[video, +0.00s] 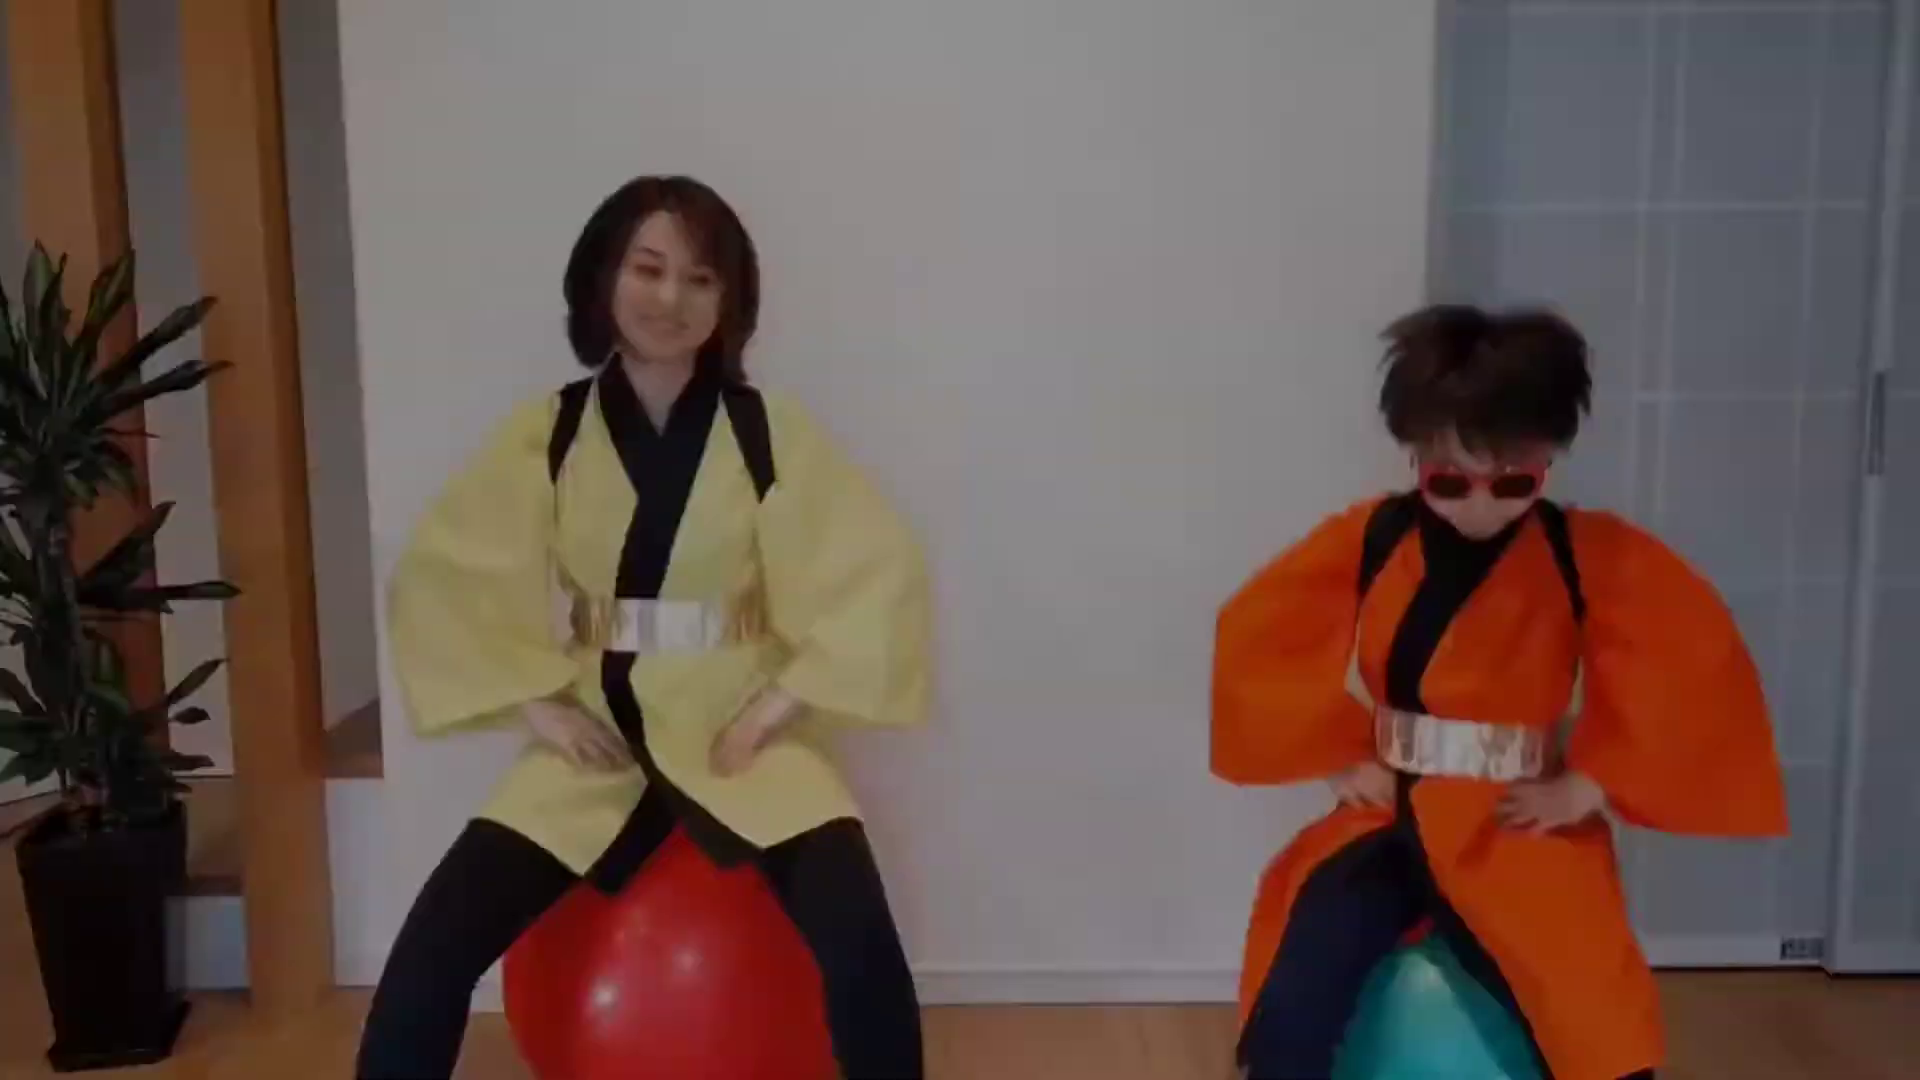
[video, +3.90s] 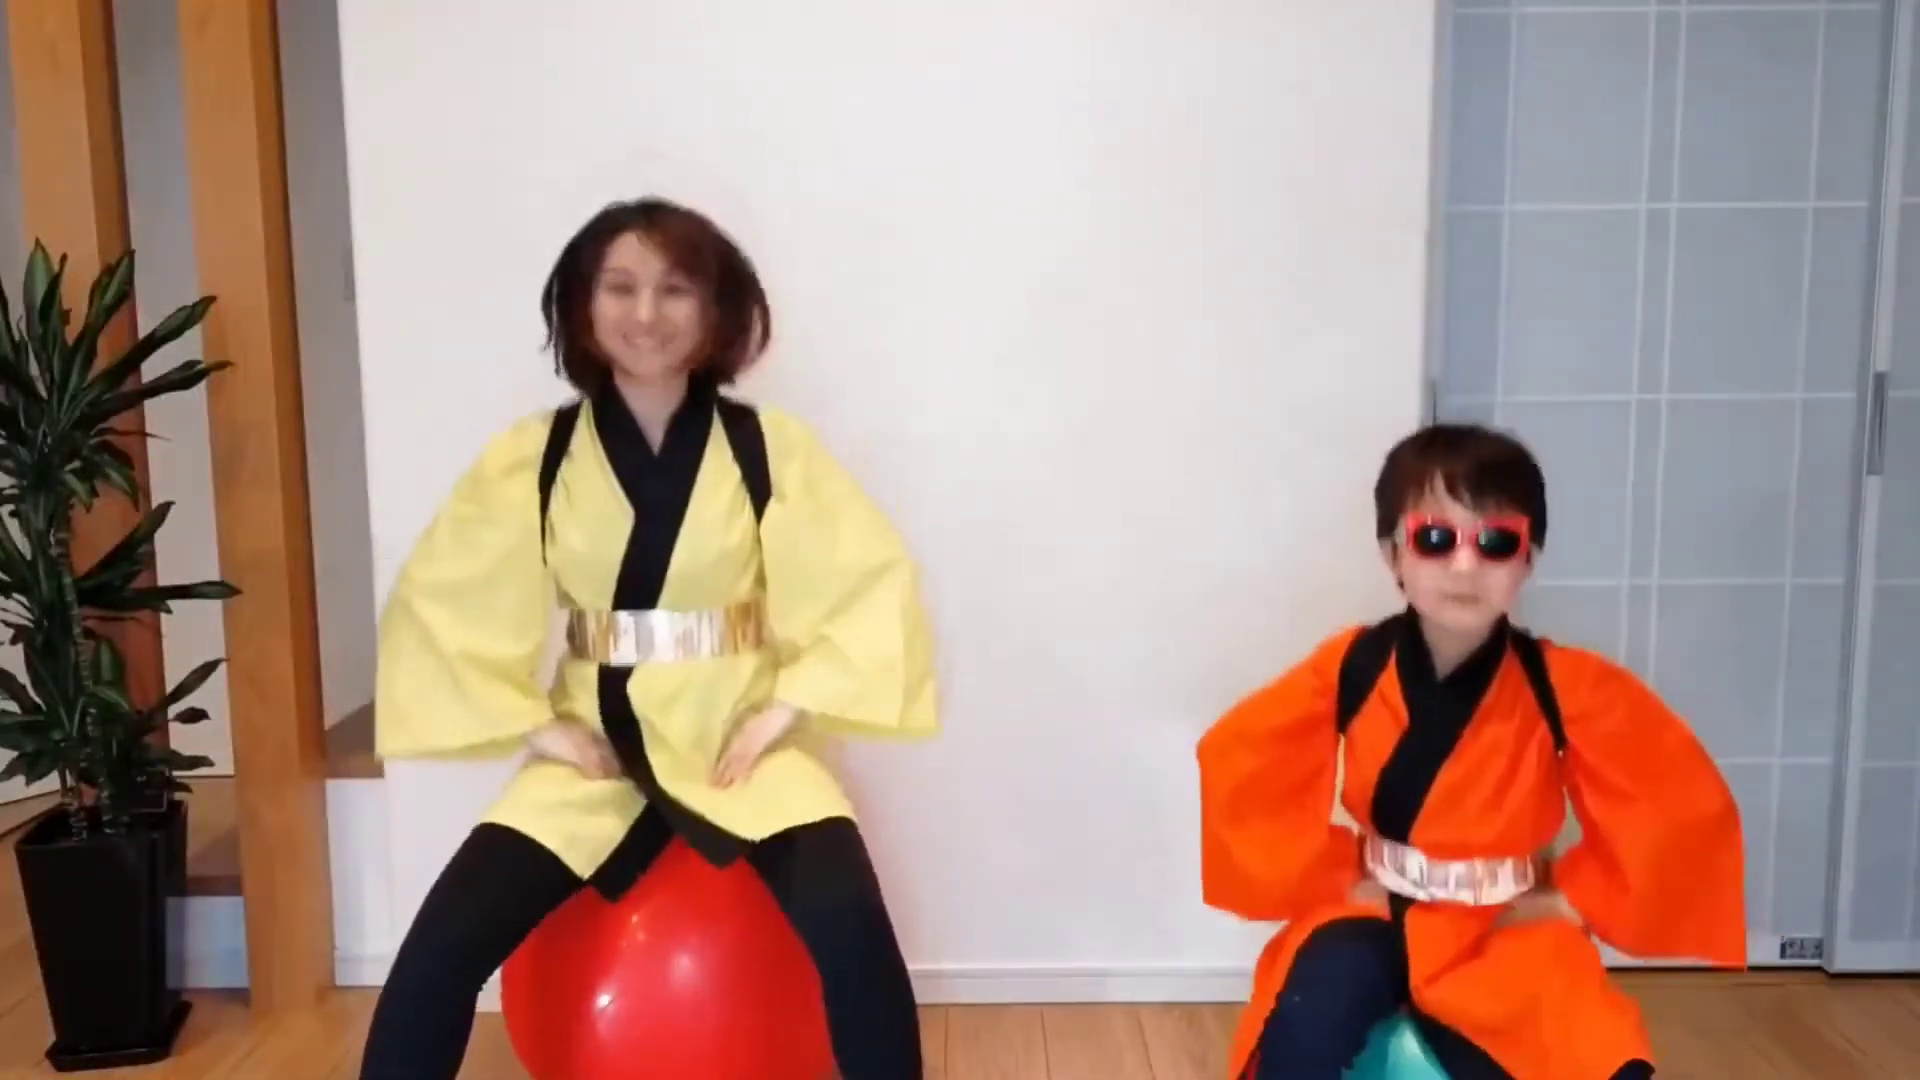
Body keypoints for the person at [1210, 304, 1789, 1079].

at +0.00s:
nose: (1478, 509)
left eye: (1511, 484)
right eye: (1448, 481)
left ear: (1552, 456)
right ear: (1411, 451)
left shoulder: (1592, 555)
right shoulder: (1370, 539)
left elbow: (1696, 670)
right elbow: (1255, 635)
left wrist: (1591, 782)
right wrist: (1338, 751)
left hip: (1524, 830)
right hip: (1385, 819)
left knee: (1601, 1009)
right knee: (1309, 945)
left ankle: (1614, 1070)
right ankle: (1276, 1064)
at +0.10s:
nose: (1471, 571)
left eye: (1505, 546)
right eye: (1441, 541)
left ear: (1544, 529)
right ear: (1408, 521)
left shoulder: (1583, 633)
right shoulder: (1373, 611)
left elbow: (1688, 750)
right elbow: (1253, 707)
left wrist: (1589, 863)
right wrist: (1339, 823)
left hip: (1511, 898)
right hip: (1378, 880)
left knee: (1585, 1048)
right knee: (1320, 968)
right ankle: (1284, 1061)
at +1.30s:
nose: (1467, 522)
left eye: (1499, 498)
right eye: (1438, 495)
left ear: (1537, 523)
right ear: (1406, 514)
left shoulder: (1579, 648)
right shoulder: (1369, 631)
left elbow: (1700, 774)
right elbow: (1258, 743)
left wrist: (1591, 879)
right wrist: (1348, 851)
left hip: (1520, 918)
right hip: (1386, 901)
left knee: (1590, 1057)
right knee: (1317, 1012)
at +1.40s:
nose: (1470, 437)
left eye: (1504, 413)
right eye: (1442, 410)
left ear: (1543, 441)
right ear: (1407, 426)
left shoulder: (1585, 563)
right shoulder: (1366, 549)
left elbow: (1695, 697)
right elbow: (1263, 669)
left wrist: (1587, 806)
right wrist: (1351, 792)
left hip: (1524, 849)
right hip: (1389, 837)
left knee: (1554, 1039)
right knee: (1319, 997)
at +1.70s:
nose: (1460, 549)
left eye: (1491, 527)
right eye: (1432, 527)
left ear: (1530, 547)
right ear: (1398, 541)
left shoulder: (1570, 669)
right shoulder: (1362, 653)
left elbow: (1694, 786)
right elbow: (1251, 755)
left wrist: (1578, 883)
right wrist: (1351, 851)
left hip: (1514, 927)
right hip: (1379, 913)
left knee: (1599, 1060)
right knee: (1304, 1009)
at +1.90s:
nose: (1452, 470)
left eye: (1486, 445)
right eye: (1423, 445)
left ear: (1525, 472)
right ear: (1390, 467)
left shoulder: (1569, 597)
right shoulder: (1362, 585)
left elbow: (1691, 719)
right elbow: (1254, 685)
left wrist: (1573, 833)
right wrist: (1343, 811)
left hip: (1517, 873)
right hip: (1380, 858)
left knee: (1611, 1049)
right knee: (1304, 998)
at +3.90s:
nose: (1465, 562)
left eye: (1496, 540)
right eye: (1435, 538)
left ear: (1528, 563)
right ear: (1393, 558)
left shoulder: (1563, 684)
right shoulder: (1355, 666)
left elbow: (1685, 804)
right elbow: (1234, 758)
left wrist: (1570, 896)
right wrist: (1332, 865)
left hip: (1506, 930)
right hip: (1376, 915)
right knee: (1332, 973)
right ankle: (1286, 1065)